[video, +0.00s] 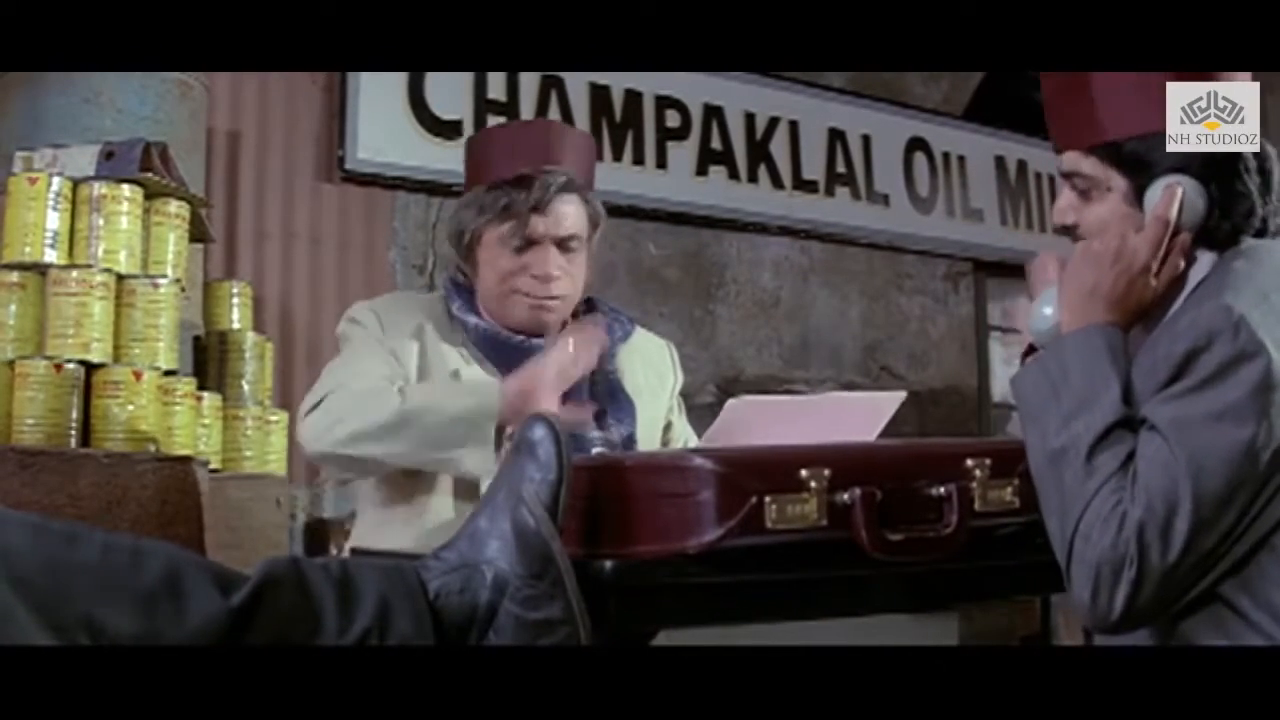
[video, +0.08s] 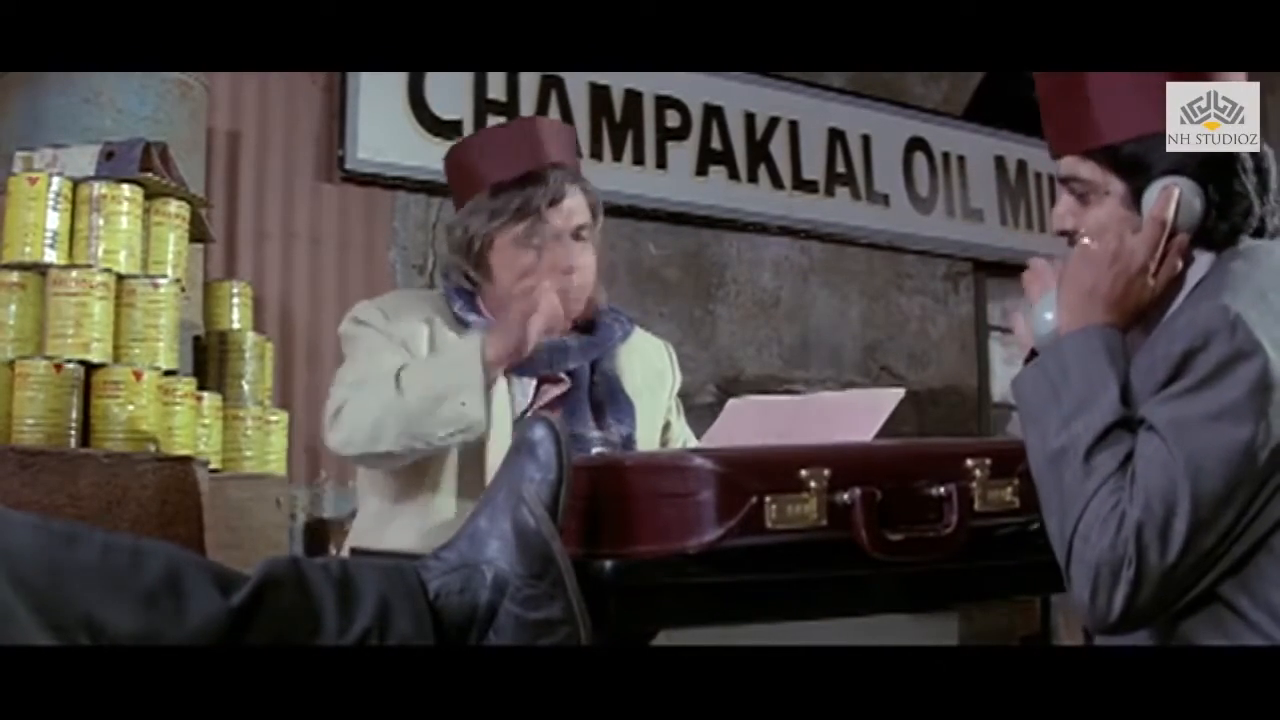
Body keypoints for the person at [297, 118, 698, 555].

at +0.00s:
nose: (547, 269)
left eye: (567, 246)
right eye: (520, 244)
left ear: (589, 258)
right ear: (468, 250)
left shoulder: (647, 359)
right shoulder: (393, 327)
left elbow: (683, 486)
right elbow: (329, 429)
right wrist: (508, 401)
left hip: (589, 608)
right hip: (418, 604)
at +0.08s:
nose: (567, 262)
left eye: (580, 236)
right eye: (533, 242)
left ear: (597, 243)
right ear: (475, 252)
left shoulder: (646, 360)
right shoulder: (393, 326)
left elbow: (681, 483)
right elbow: (354, 427)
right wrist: (489, 354)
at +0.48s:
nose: (554, 225)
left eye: (569, 207)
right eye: (523, 208)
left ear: (589, 232)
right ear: (465, 243)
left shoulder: (646, 354)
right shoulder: (396, 321)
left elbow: (676, 479)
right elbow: (397, 415)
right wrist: (541, 316)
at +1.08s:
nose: (511, 219)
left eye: (530, 204)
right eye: (489, 202)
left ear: (561, 219)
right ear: (446, 220)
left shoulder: (637, 345)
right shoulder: (394, 309)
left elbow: (683, 476)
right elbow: (419, 381)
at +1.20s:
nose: (548, 223)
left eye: (561, 205)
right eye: (514, 208)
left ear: (582, 227)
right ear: (459, 249)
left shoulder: (643, 352)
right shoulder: (416, 332)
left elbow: (686, 477)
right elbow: (401, 413)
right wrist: (421, 237)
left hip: (602, 622)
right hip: (439, 625)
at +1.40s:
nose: (559, 231)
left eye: (571, 209)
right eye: (526, 212)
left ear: (589, 224)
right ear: (462, 229)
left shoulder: (642, 355)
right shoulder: (391, 325)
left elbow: (681, 482)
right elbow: (363, 445)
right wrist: (445, 305)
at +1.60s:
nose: (548, 227)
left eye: (558, 204)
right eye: (517, 208)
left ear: (576, 222)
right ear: (457, 227)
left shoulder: (638, 351)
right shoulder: (392, 326)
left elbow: (679, 476)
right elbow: (420, 427)